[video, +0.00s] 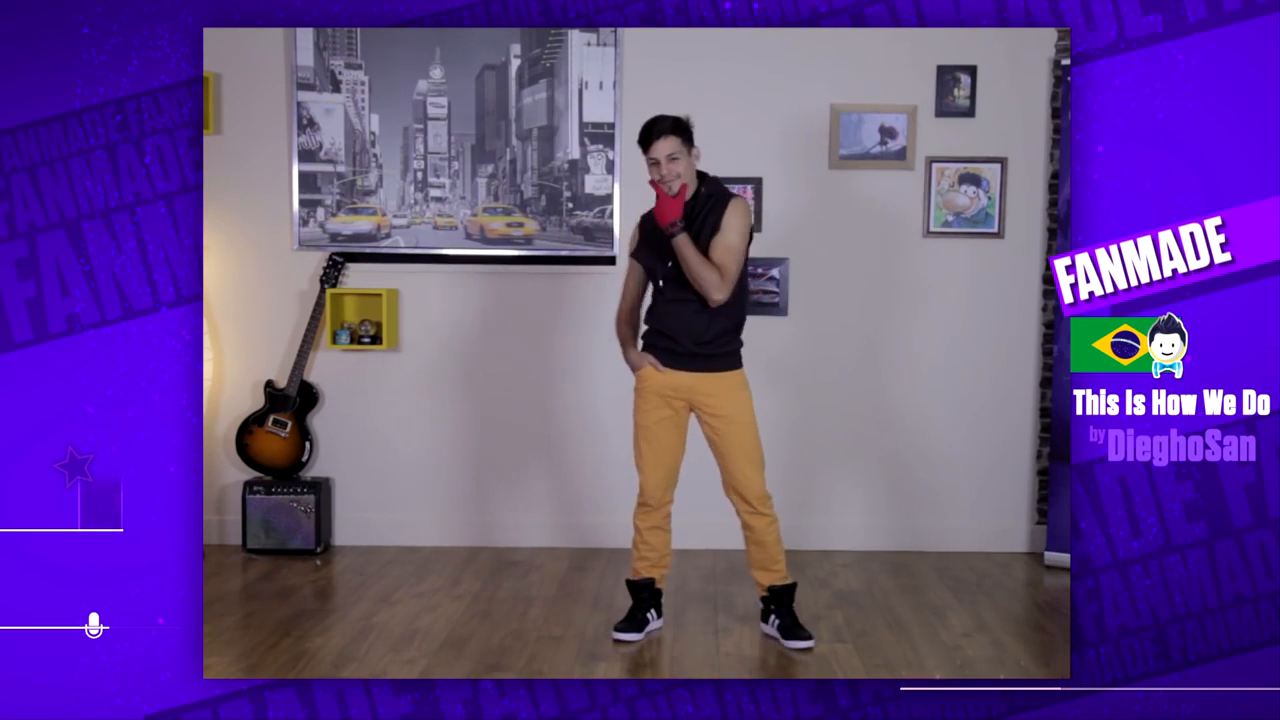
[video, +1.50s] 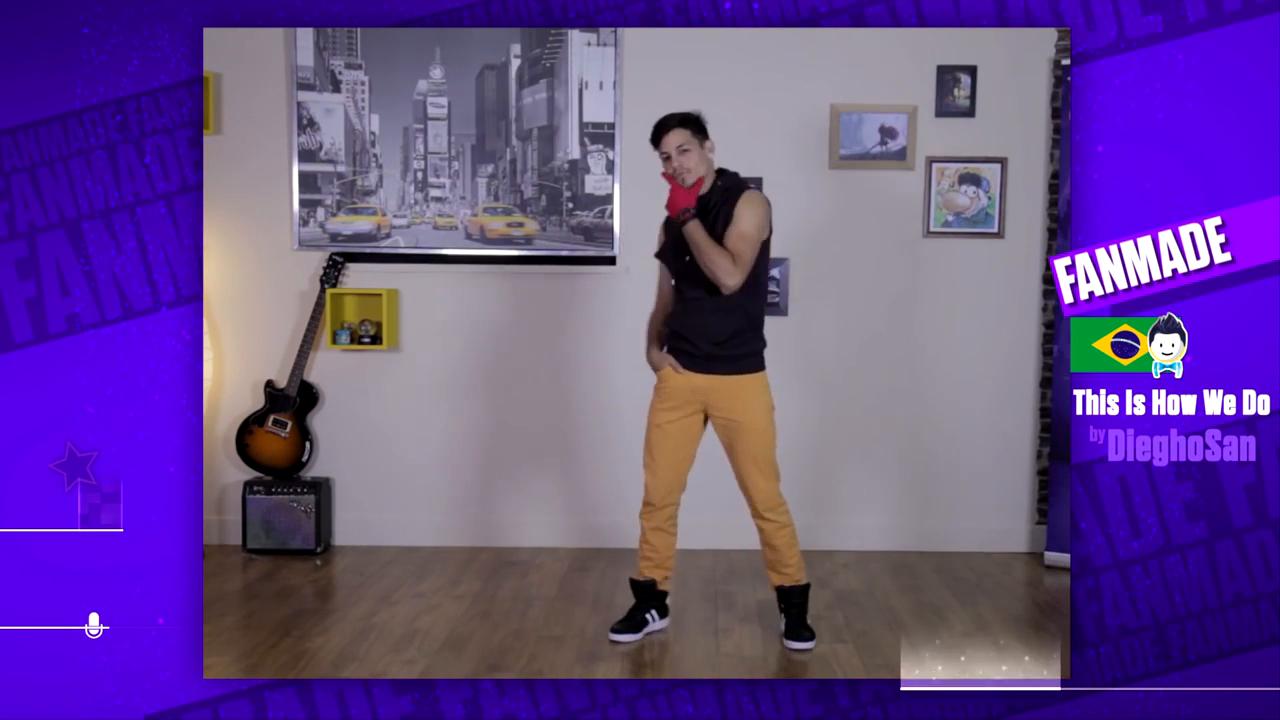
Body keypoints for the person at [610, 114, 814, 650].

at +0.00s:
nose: (665, 171)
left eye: (672, 159)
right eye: (655, 164)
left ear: (693, 155)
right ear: (648, 169)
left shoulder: (732, 210)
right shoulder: (648, 228)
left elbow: (718, 289)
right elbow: (628, 309)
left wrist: (675, 227)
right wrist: (633, 354)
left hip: (722, 377)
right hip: (660, 374)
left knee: (752, 494)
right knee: (652, 494)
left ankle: (778, 605)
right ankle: (645, 602)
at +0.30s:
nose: (703, 159)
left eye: (712, 149)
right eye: (694, 153)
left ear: (737, 150)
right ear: (691, 160)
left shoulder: (763, 203)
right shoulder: (702, 214)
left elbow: (744, 280)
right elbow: (696, 290)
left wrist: (705, 219)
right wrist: (671, 344)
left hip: (750, 382)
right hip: (691, 379)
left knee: (772, 499)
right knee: (668, 498)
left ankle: (793, 605)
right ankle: (653, 602)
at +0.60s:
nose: (725, 178)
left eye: (736, 168)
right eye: (720, 168)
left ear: (765, 165)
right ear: (714, 165)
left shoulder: (791, 221)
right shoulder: (695, 218)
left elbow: (779, 294)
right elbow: (669, 296)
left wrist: (735, 236)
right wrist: (675, 355)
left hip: (765, 381)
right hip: (702, 377)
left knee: (777, 497)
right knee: (674, 495)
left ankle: (794, 606)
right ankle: (654, 602)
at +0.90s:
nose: (706, 165)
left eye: (718, 157)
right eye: (702, 154)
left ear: (745, 164)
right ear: (697, 155)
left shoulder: (753, 226)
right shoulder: (670, 205)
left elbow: (758, 300)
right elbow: (628, 286)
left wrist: (725, 237)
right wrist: (655, 361)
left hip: (740, 380)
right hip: (679, 379)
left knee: (760, 496)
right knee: (661, 495)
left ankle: (778, 605)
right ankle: (642, 602)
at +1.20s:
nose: (676, 163)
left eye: (686, 152)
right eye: (668, 154)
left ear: (709, 155)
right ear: (660, 161)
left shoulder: (738, 218)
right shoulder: (642, 223)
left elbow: (744, 300)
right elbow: (604, 304)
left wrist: (701, 241)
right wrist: (633, 359)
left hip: (725, 379)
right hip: (661, 379)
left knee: (751, 495)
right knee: (652, 497)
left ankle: (778, 604)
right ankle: (642, 602)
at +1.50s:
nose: (675, 163)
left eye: (683, 151)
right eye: (666, 158)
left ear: (708, 148)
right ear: (662, 164)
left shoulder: (749, 203)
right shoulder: (674, 221)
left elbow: (731, 276)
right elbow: (666, 294)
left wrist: (687, 217)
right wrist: (653, 343)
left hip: (738, 380)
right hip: (677, 377)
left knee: (765, 499)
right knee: (658, 496)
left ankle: (793, 606)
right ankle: (650, 602)